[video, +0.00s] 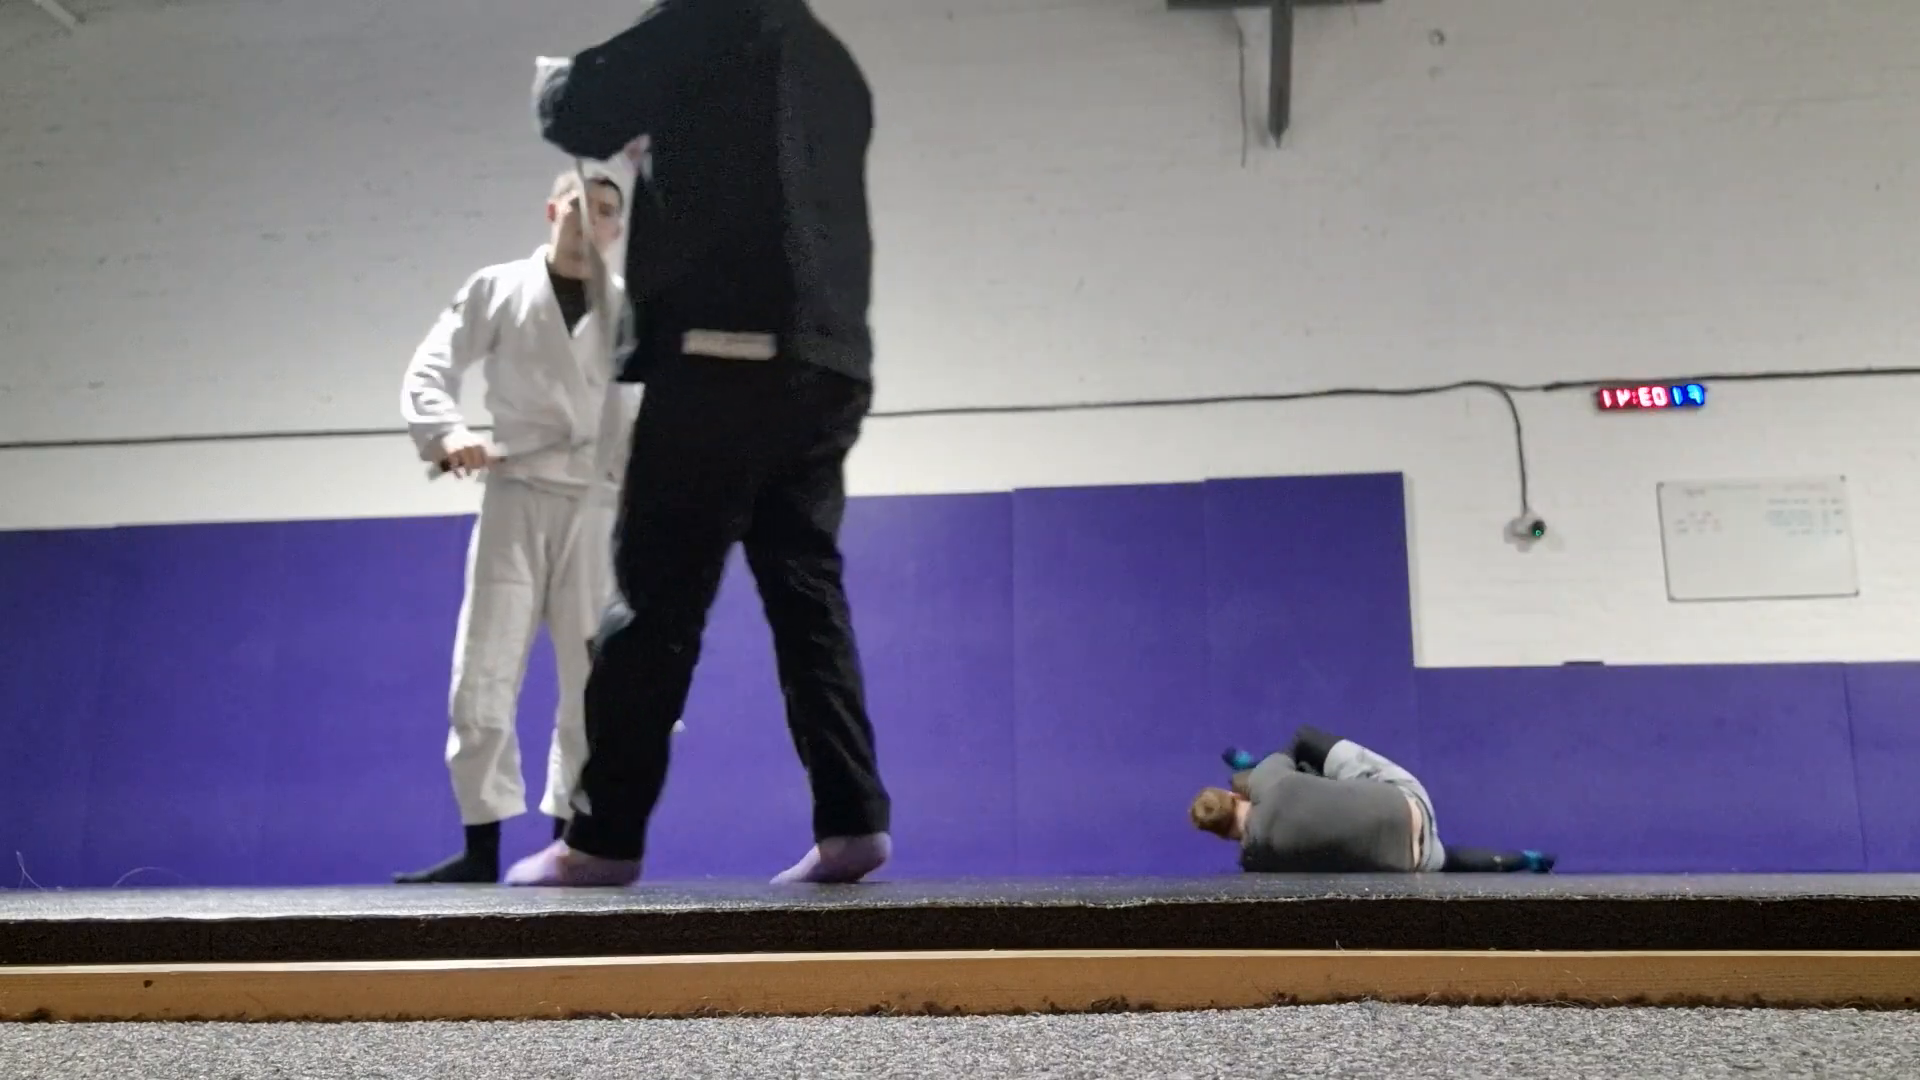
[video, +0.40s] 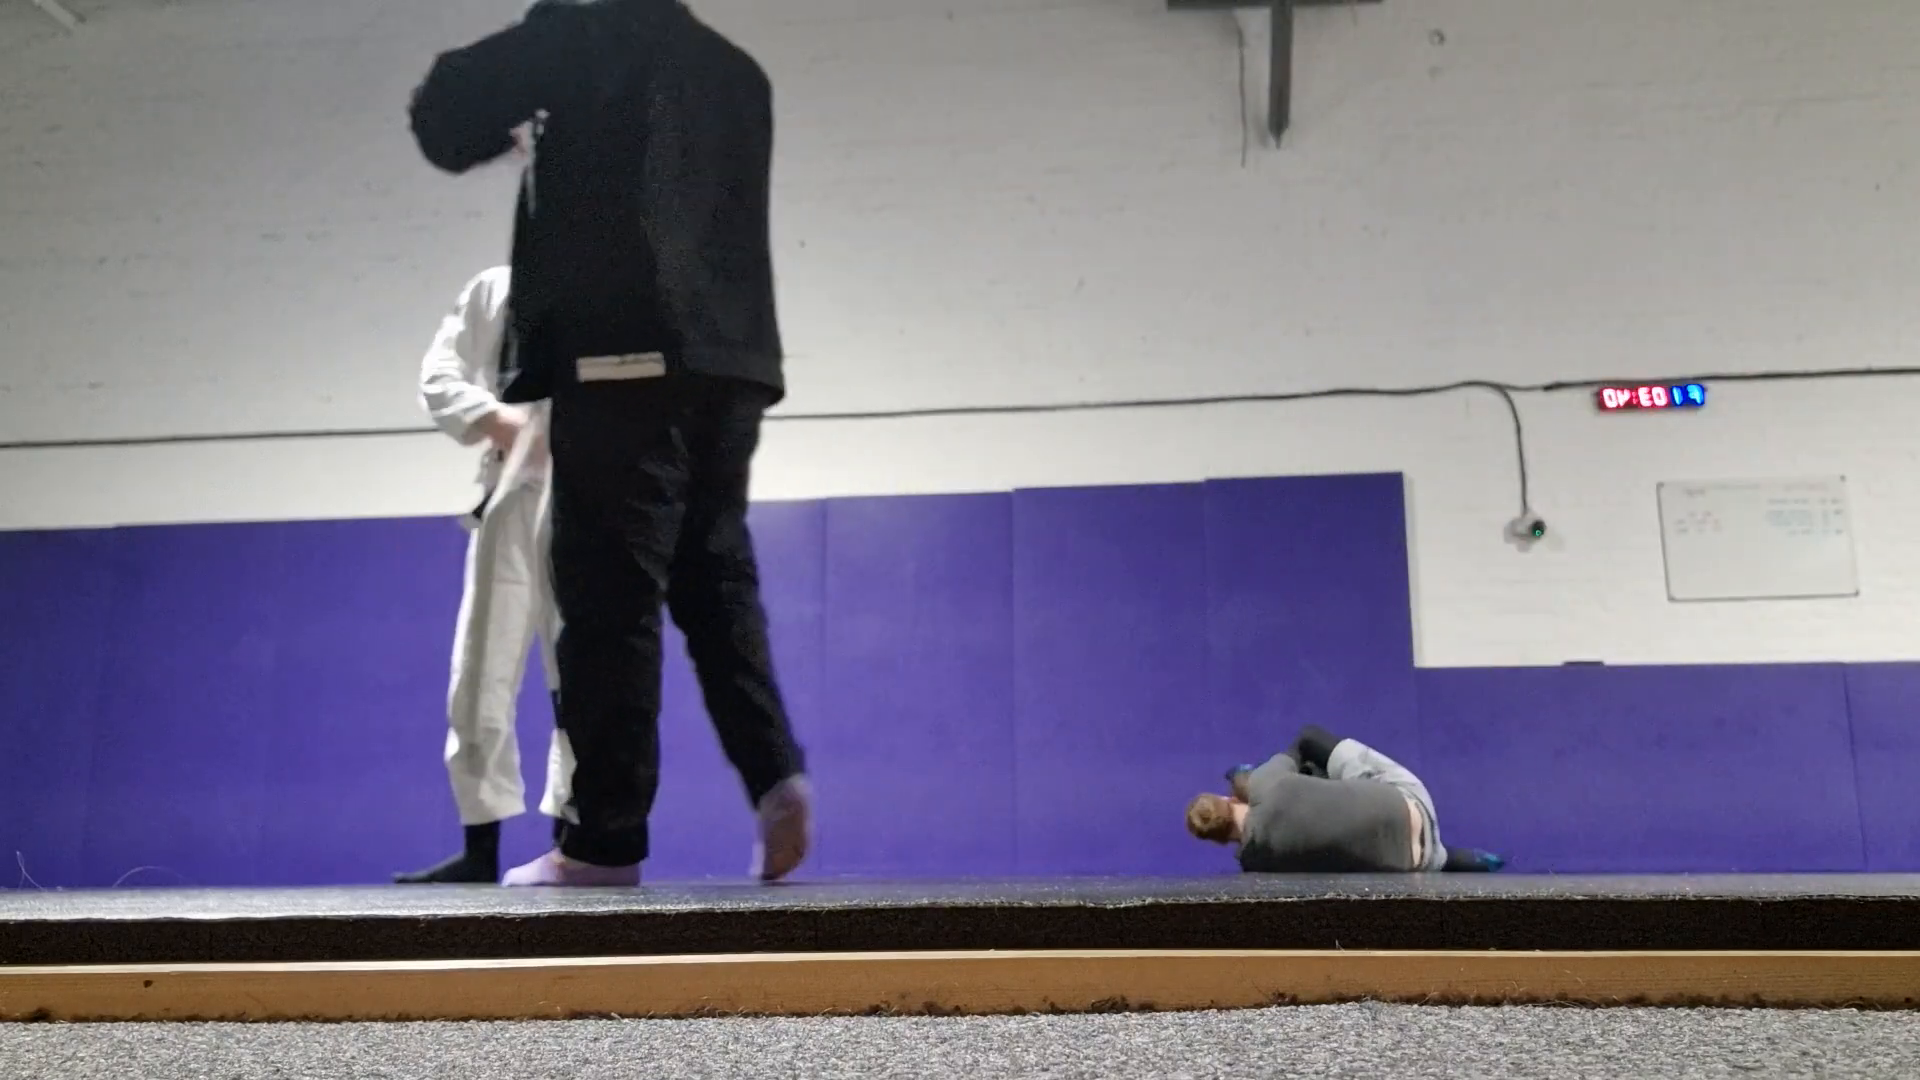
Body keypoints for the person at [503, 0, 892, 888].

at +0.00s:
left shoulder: (695, 22)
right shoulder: (841, 62)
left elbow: (578, 120)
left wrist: (557, 77)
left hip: (713, 372)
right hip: (826, 377)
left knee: (655, 608)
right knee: (808, 594)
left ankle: (602, 843)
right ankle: (854, 826)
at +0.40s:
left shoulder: (574, 25)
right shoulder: (740, 67)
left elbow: (444, 120)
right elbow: (732, 222)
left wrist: (509, 123)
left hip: (620, 365)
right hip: (733, 368)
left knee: (610, 606)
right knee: (714, 574)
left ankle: (602, 848)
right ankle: (776, 776)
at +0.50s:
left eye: (529, 12)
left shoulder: (550, 25)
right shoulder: (718, 69)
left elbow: (421, 93)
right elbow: (762, 212)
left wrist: (481, 203)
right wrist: (659, 233)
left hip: (608, 358)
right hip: (724, 366)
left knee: (605, 604)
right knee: (697, 584)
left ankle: (602, 847)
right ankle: (747, 809)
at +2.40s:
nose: (539, 29)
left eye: (541, 19)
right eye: (543, 20)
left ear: (559, 19)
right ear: (634, 25)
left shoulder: (544, 84)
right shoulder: (703, 130)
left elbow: (490, 196)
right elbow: (706, 273)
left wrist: (522, 303)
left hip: (589, 396)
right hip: (695, 401)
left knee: (593, 614)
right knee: (679, 612)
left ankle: (604, 845)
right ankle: (687, 849)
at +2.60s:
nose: (544, 26)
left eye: (547, 15)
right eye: (548, 16)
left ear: (568, 16)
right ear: (639, 24)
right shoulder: (704, 132)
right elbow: (707, 282)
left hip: (589, 395)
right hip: (694, 403)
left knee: (593, 613)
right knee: (680, 613)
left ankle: (604, 846)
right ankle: (688, 851)